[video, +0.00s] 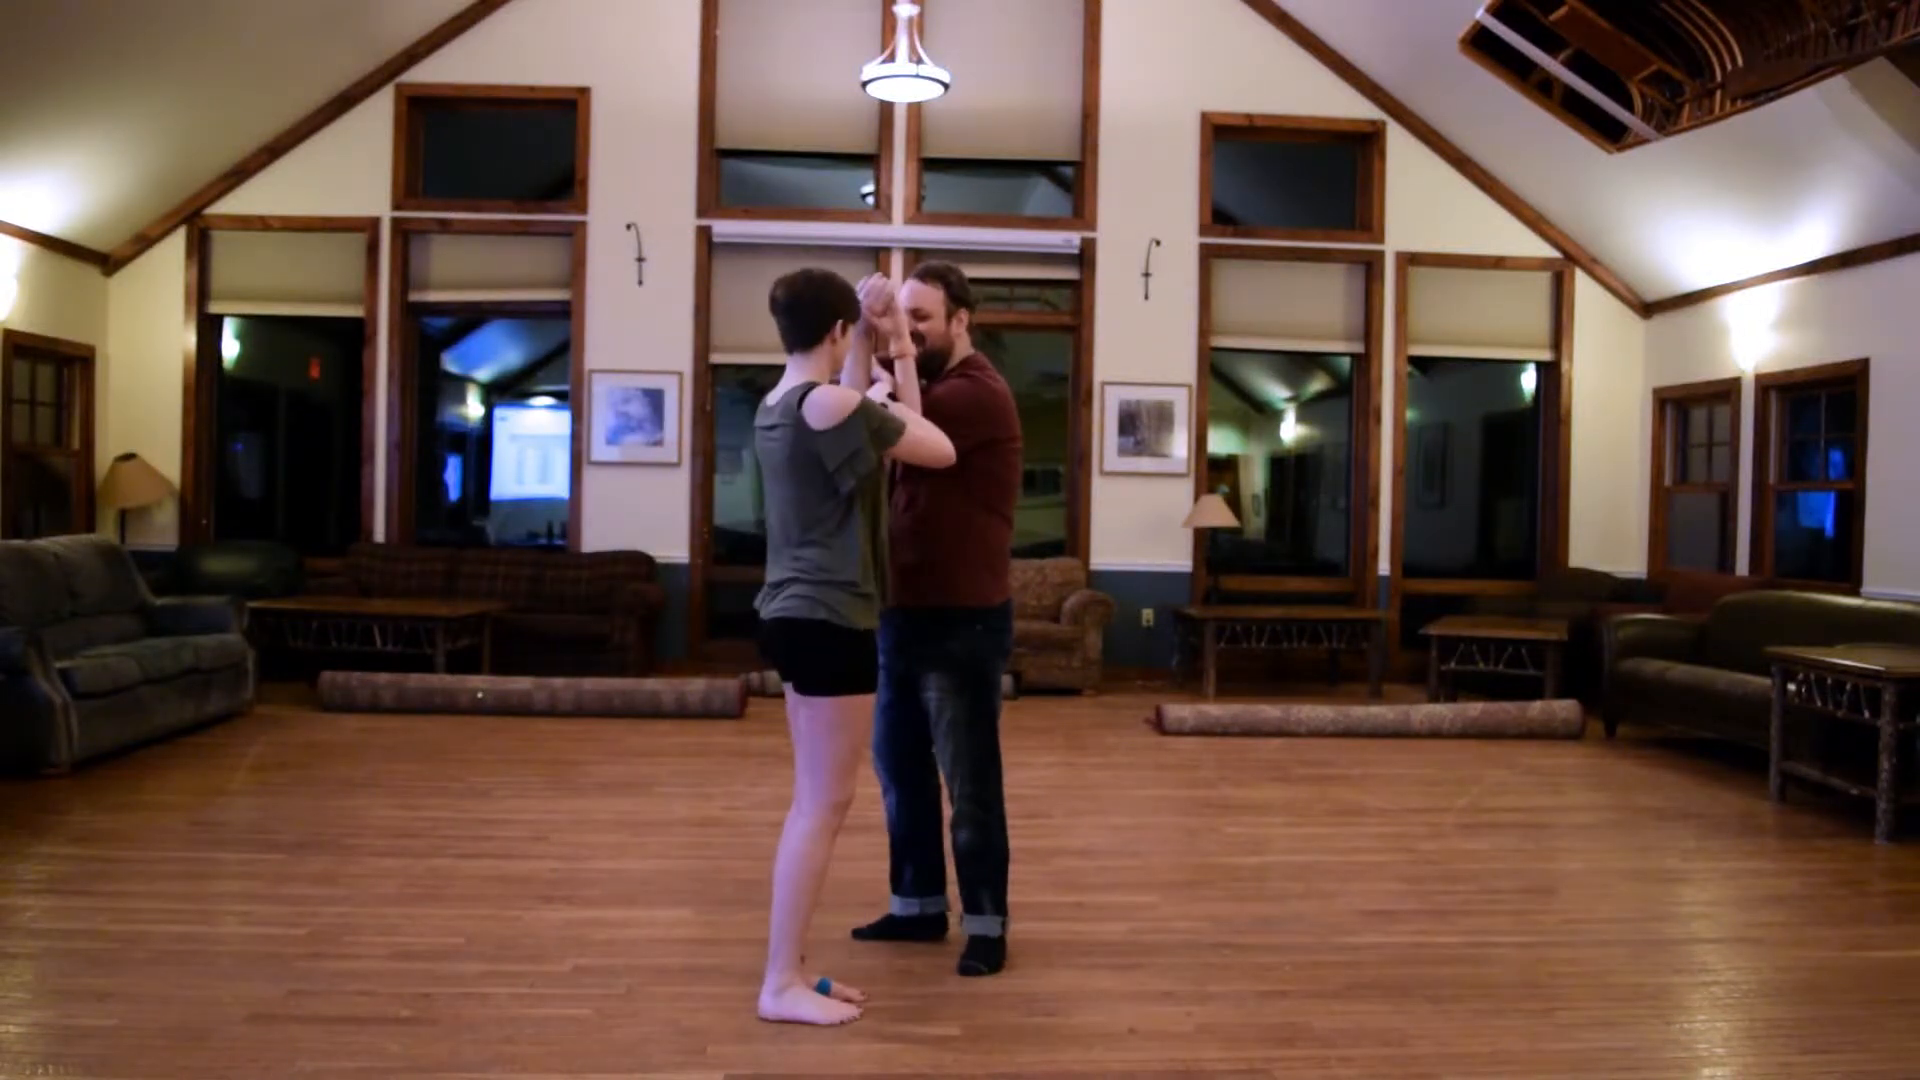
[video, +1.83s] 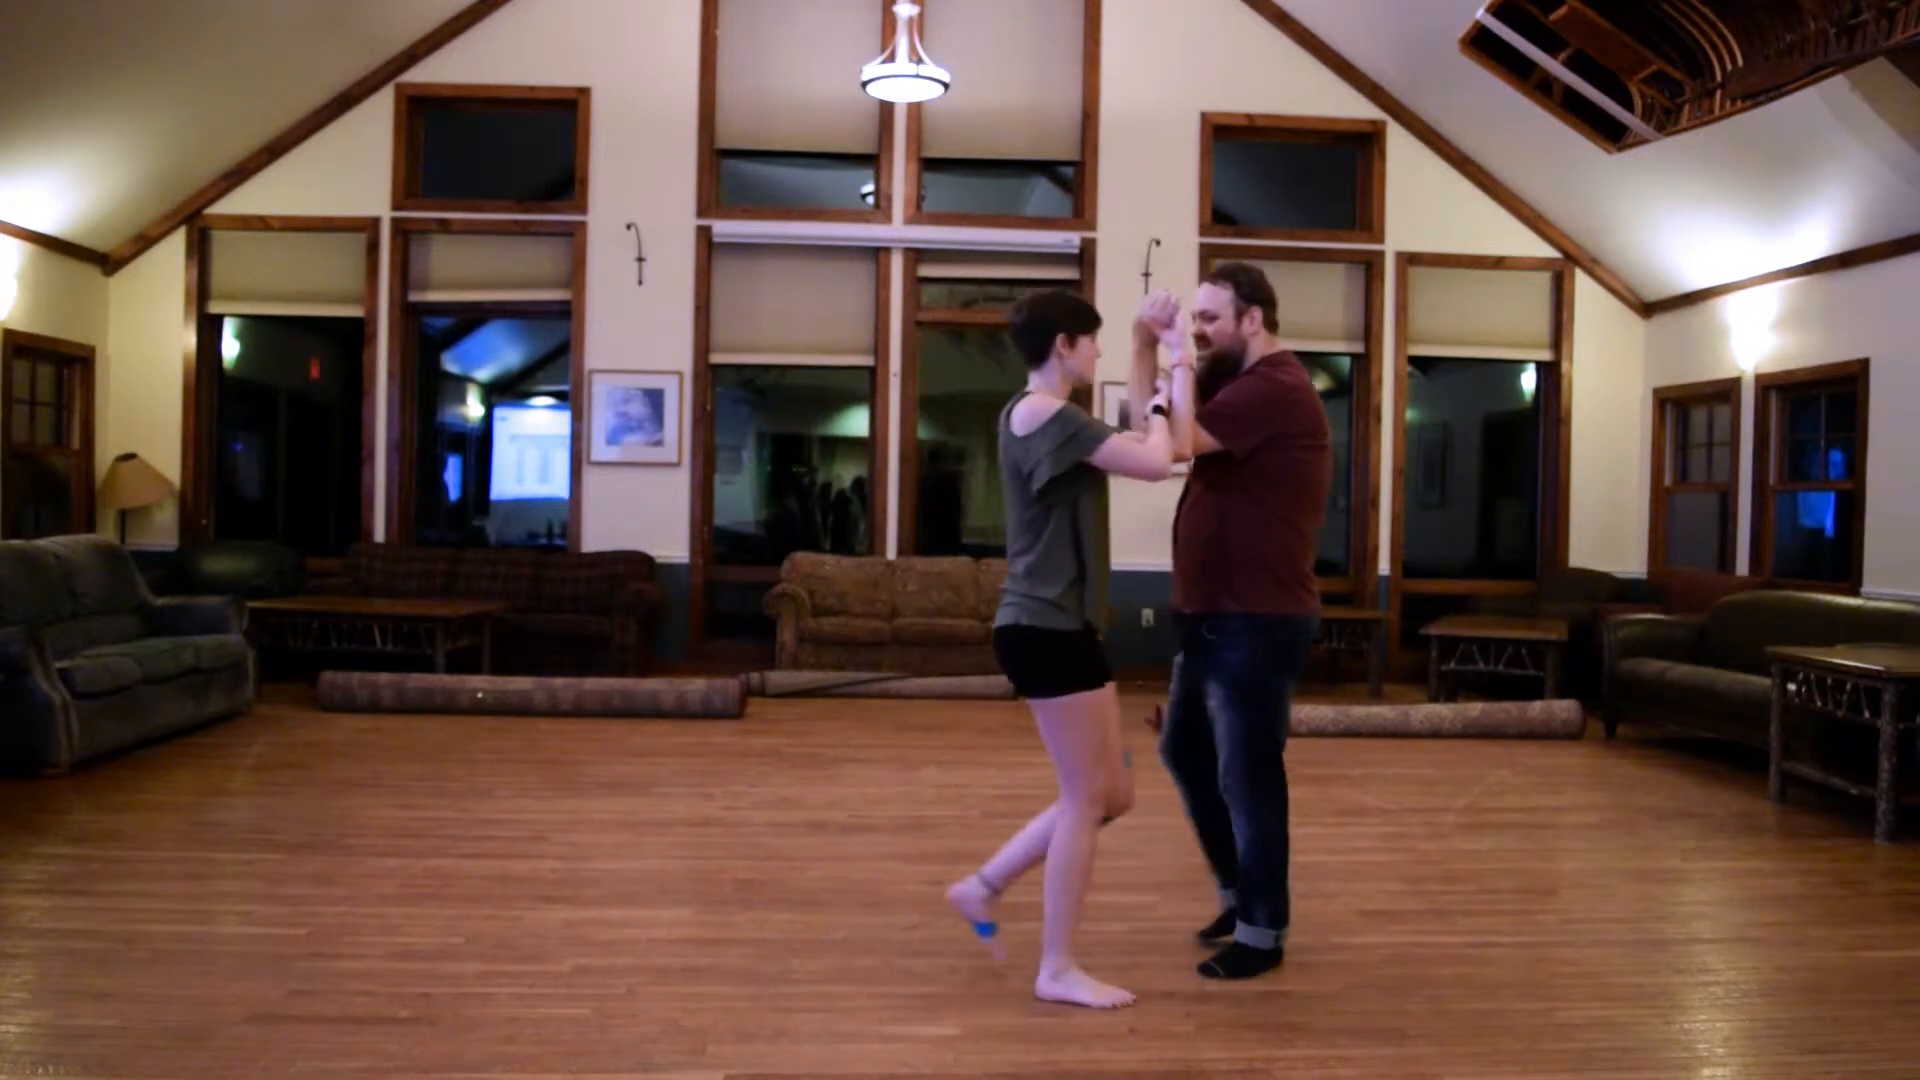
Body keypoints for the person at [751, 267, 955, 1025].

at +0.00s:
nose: (862, 336)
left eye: (862, 323)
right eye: (858, 326)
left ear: (789, 334)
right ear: (841, 333)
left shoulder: (777, 404)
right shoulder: (832, 405)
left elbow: (859, 429)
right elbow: (938, 448)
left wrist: (879, 351)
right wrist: (903, 367)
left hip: (795, 612)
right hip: (828, 619)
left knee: (817, 803)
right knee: (823, 806)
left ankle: (787, 975)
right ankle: (782, 985)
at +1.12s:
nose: (932, 351)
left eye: (932, 339)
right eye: (926, 338)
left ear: (883, 346)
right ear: (892, 344)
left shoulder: (863, 408)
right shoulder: (872, 414)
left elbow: (969, 445)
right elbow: (973, 453)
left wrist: (997, 366)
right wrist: (1010, 367)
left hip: (849, 619)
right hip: (858, 625)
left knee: (878, 786)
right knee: (921, 786)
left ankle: (849, 935)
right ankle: (824, 936)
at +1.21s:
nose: (951, 349)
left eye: (950, 337)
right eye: (944, 337)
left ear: (902, 344)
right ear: (909, 342)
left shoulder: (877, 406)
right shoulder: (889, 411)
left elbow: (998, 439)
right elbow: (983, 453)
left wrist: (1016, 363)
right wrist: (1012, 384)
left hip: (861, 615)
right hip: (872, 620)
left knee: (881, 785)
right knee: (945, 775)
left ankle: (846, 933)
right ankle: (877, 935)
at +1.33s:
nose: (979, 349)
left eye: (977, 337)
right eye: (971, 337)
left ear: (926, 345)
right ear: (938, 344)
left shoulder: (903, 407)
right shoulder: (915, 414)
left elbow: (1017, 439)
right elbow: (1012, 453)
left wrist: (1040, 353)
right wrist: (1036, 386)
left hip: (890, 615)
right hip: (897, 622)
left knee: (891, 782)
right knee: (967, 775)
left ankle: (847, 935)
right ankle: (979, 953)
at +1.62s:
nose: (1044, 358)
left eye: (1043, 346)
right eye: (1038, 347)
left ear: (994, 354)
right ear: (1008, 352)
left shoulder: (974, 418)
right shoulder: (991, 425)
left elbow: (1086, 448)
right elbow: (1091, 464)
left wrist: (1100, 364)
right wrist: (1116, 384)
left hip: (972, 626)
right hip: (989, 632)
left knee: (962, 789)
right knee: (1047, 790)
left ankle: (866, 913)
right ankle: (1055, 968)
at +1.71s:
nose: (1063, 357)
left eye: (1062, 345)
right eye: (1059, 345)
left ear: (1015, 352)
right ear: (1032, 350)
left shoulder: (990, 418)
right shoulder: (1015, 425)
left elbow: (1102, 448)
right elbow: (1123, 462)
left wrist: (1111, 363)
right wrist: (1145, 372)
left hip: (999, 623)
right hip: (1020, 629)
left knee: (1020, 797)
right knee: (1067, 791)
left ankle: (902, 890)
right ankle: (1056, 969)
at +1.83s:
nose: (1098, 350)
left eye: (1095, 338)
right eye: (1092, 338)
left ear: (1048, 348)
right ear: (1065, 346)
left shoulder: (1036, 412)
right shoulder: (1047, 421)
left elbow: (1134, 436)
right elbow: (1158, 461)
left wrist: (1142, 351)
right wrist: (1179, 371)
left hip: (1061, 625)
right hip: (1046, 630)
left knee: (1112, 791)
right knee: (1084, 798)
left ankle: (982, 886)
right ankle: (1057, 971)